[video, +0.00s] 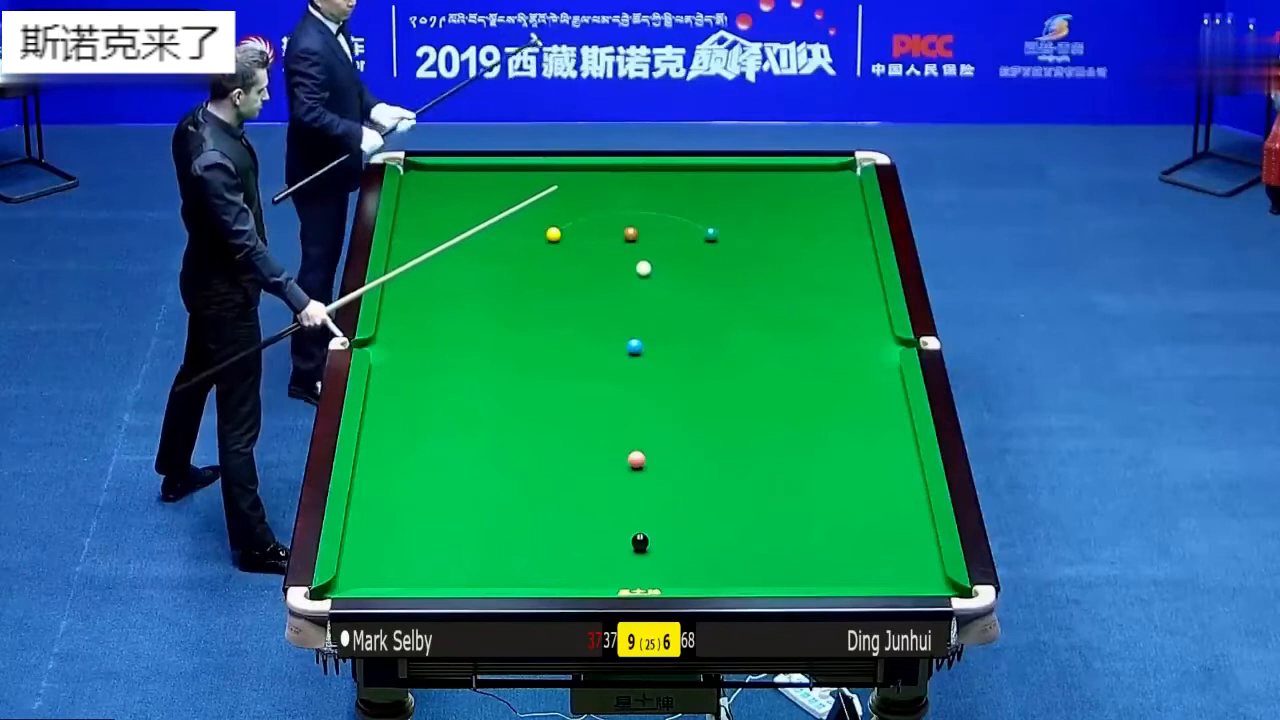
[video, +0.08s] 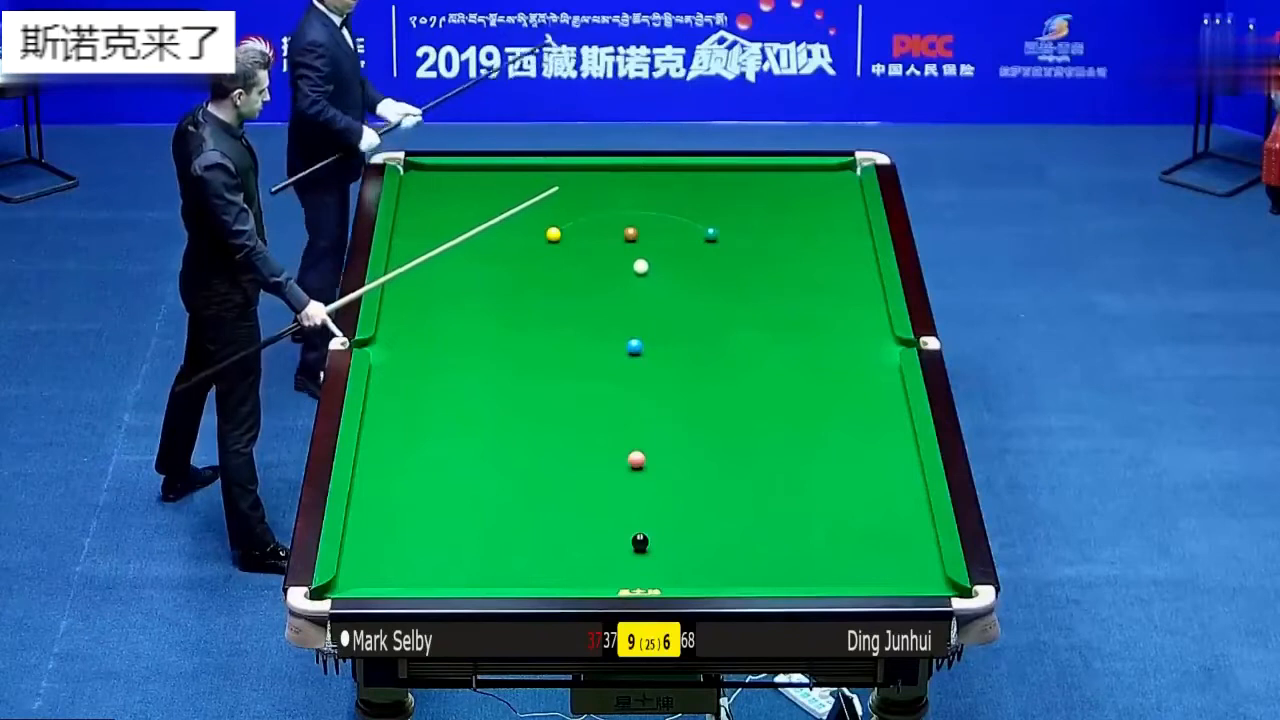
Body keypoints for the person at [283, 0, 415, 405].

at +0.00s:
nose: (352, 1)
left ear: (336, 3)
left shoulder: (334, 32)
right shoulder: (307, 44)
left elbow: (348, 87)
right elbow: (307, 111)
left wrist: (376, 108)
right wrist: (358, 134)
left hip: (336, 168)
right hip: (316, 174)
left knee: (326, 270)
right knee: (316, 272)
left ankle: (319, 366)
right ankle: (306, 376)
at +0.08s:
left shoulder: (336, 27)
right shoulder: (313, 37)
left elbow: (351, 81)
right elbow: (310, 102)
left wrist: (382, 104)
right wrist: (358, 131)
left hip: (336, 160)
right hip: (318, 166)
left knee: (332, 253)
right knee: (324, 257)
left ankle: (319, 349)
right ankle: (312, 368)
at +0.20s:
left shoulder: (345, 19)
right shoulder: (325, 27)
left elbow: (364, 71)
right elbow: (312, 94)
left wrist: (406, 99)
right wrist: (346, 133)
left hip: (336, 148)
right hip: (326, 153)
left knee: (321, 237)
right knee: (340, 242)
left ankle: (305, 320)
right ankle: (325, 334)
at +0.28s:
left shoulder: (352, 17)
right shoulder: (331, 24)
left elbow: (373, 69)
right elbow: (316, 90)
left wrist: (413, 99)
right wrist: (354, 129)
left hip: (340, 143)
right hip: (327, 147)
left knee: (323, 228)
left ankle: (311, 315)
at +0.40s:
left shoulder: (366, 15)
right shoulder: (347, 23)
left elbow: (383, 68)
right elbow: (332, 89)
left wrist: (419, 102)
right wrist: (369, 126)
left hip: (349, 140)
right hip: (337, 144)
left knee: (328, 226)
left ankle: (310, 315)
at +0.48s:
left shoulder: (374, 14)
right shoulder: (361, 24)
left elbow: (387, 67)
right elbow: (348, 92)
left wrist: (418, 104)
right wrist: (388, 129)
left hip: (362, 140)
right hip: (346, 144)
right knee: (340, 227)